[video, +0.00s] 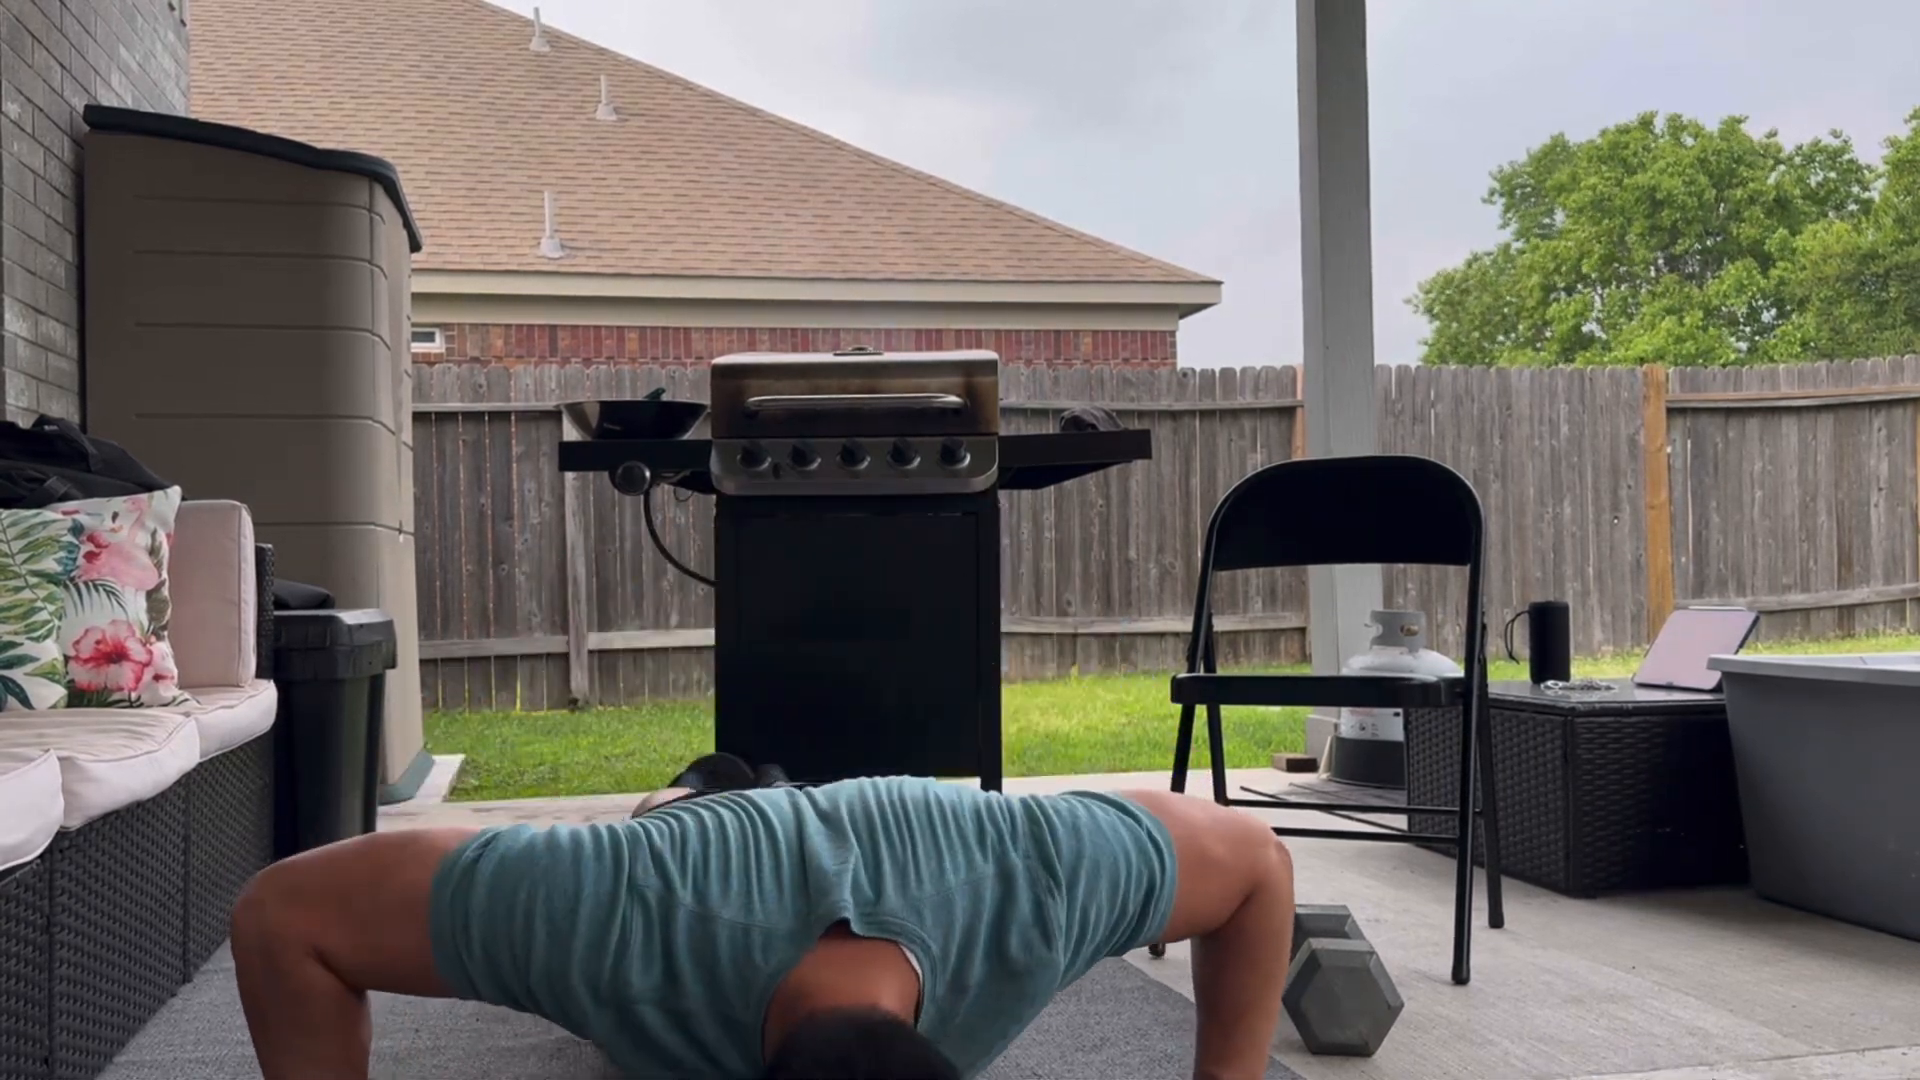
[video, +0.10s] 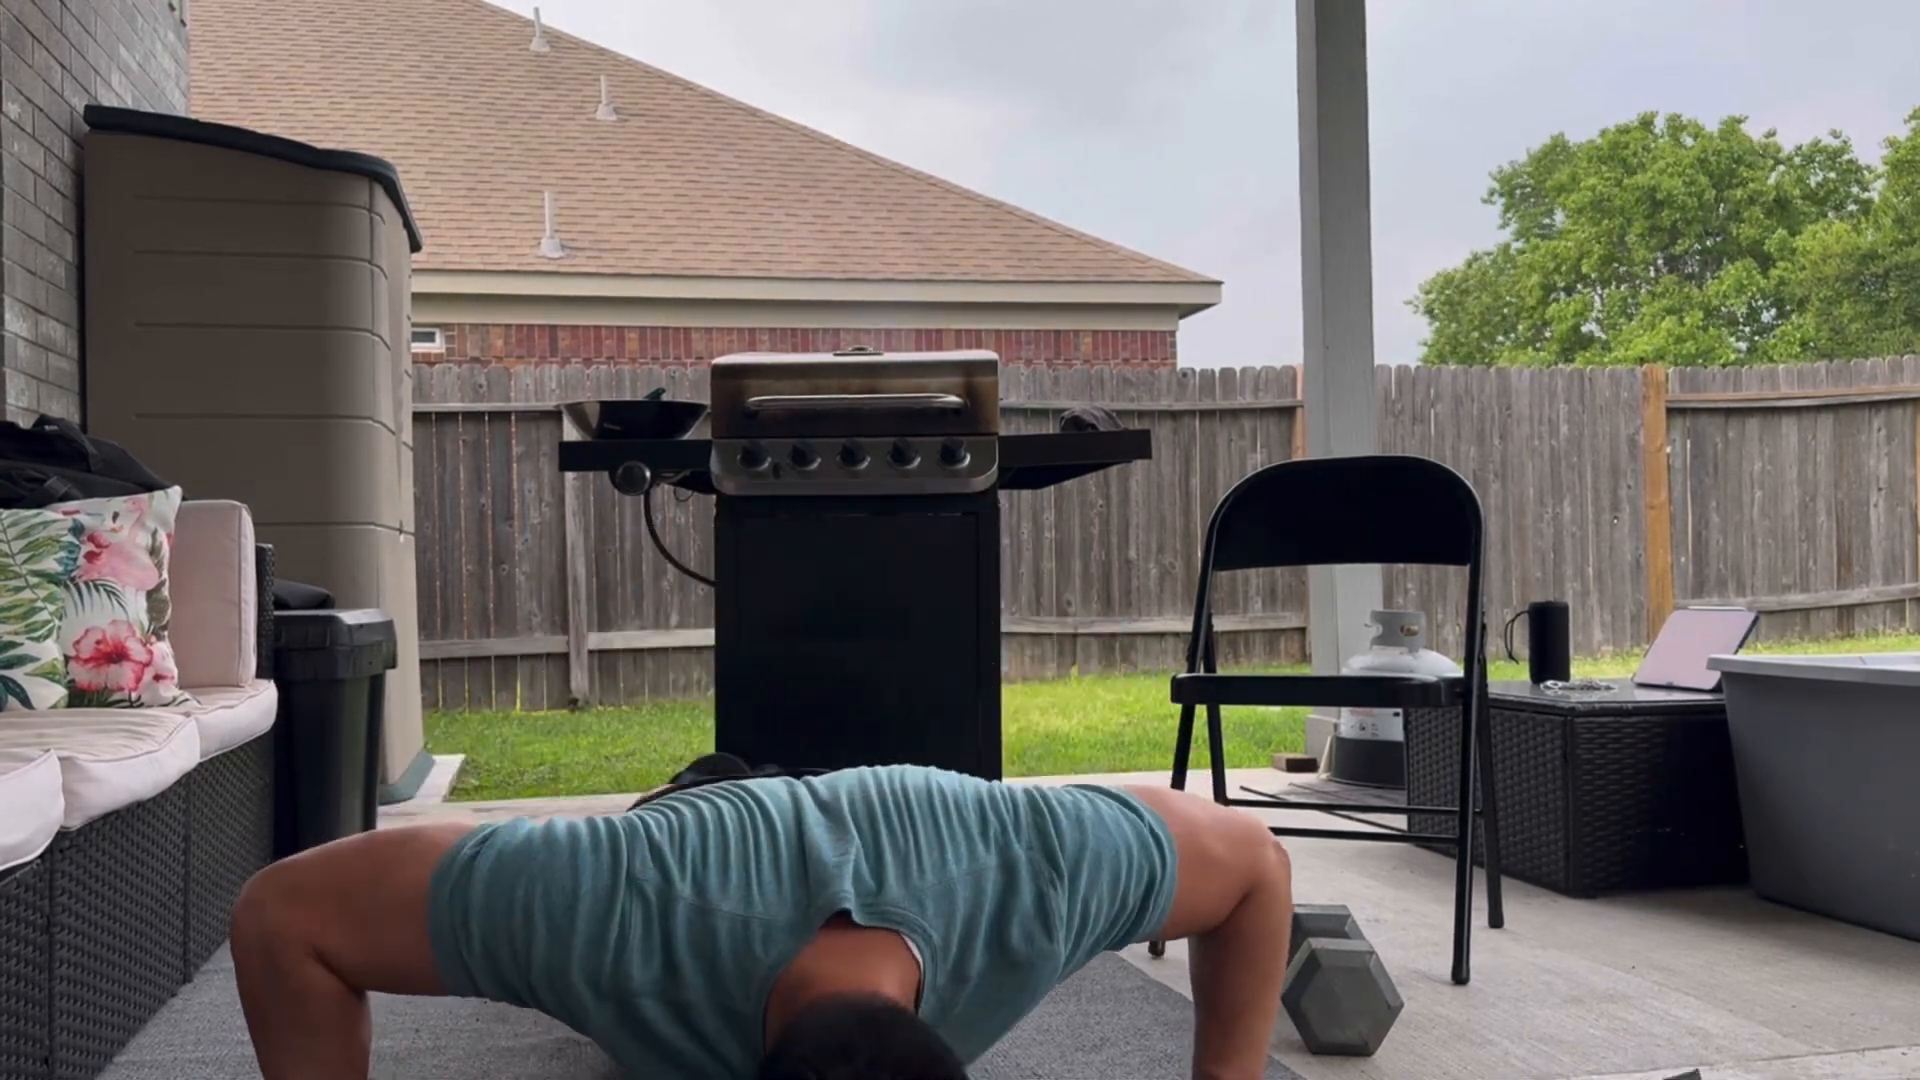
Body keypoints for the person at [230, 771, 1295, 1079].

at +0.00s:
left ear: (937, 1047)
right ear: (754, 1051)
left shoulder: (1045, 887)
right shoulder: (615, 925)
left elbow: (1253, 867)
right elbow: (284, 923)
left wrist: (1231, 1069)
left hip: (937, 824)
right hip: (688, 837)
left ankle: (1282, 939)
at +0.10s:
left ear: (939, 1038)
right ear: (752, 1043)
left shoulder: (1043, 878)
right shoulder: (605, 919)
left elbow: (1254, 869)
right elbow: (281, 923)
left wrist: (1229, 1073)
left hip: (923, 819)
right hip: (685, 831)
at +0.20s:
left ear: (956, 990)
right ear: (743, 996)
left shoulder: (1053, 824)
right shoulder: (596, 850)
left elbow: (1253, 871)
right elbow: (281, 923)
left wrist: (1228, 1067)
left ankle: (1273, 899)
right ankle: (449, 804)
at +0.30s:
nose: (841, 1069)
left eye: (885, 1053)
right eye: (801, 1041)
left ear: (962, 891)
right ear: (733, 876)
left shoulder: (1049, 734)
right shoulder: (586, 754)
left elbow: (1234, 870)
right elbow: (302, 917)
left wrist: (1223, 1070)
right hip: (673, 887)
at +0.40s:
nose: (828, 937)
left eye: (867, 922)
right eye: (793, 910)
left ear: (957, 791)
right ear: (727, 753)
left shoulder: (1031, 627)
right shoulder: (595, 627)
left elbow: (1192, 852)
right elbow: (367, 891)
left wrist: (1214, 1069)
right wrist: (356, 1073)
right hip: (674, 882)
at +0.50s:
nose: (820, 942)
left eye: (862, 924)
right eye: (791, 904)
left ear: (955, 784)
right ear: (726, 751)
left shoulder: (1034, 642)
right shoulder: (585, 638)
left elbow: (1199, 857)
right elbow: (349, 888)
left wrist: (1212, 1070)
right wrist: (349, 1073)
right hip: (670, 893)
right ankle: (627, 805)